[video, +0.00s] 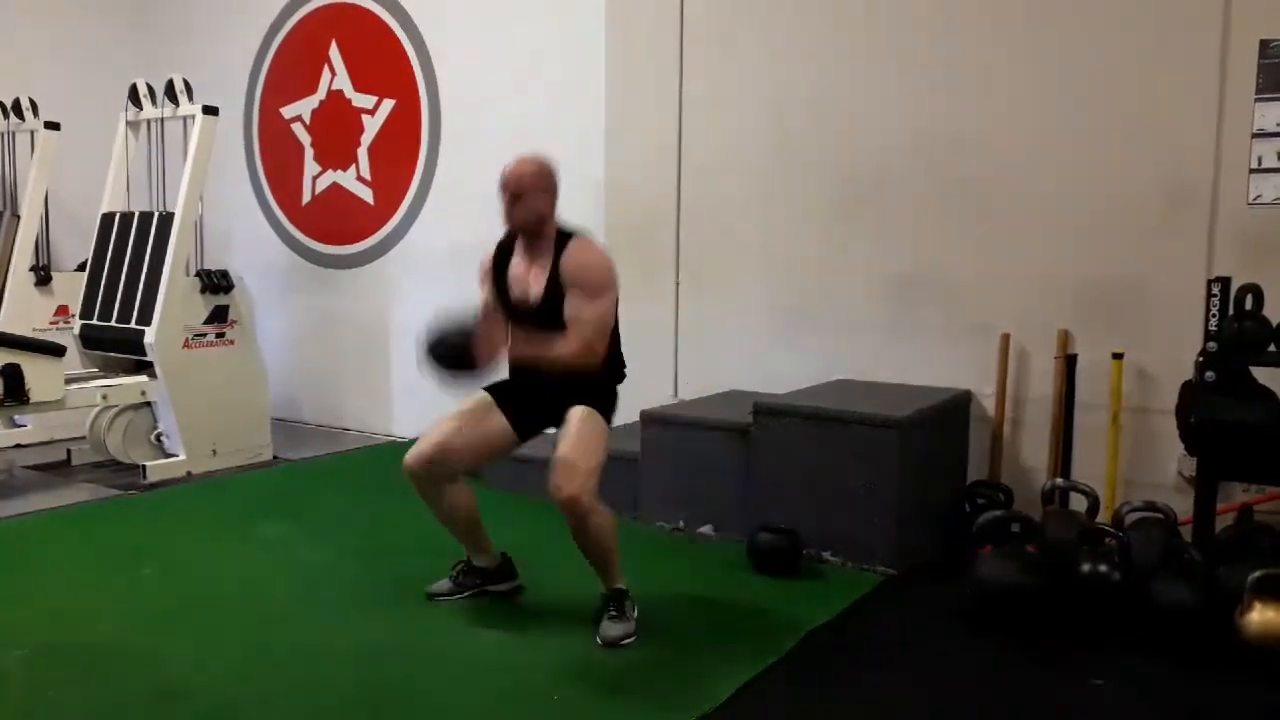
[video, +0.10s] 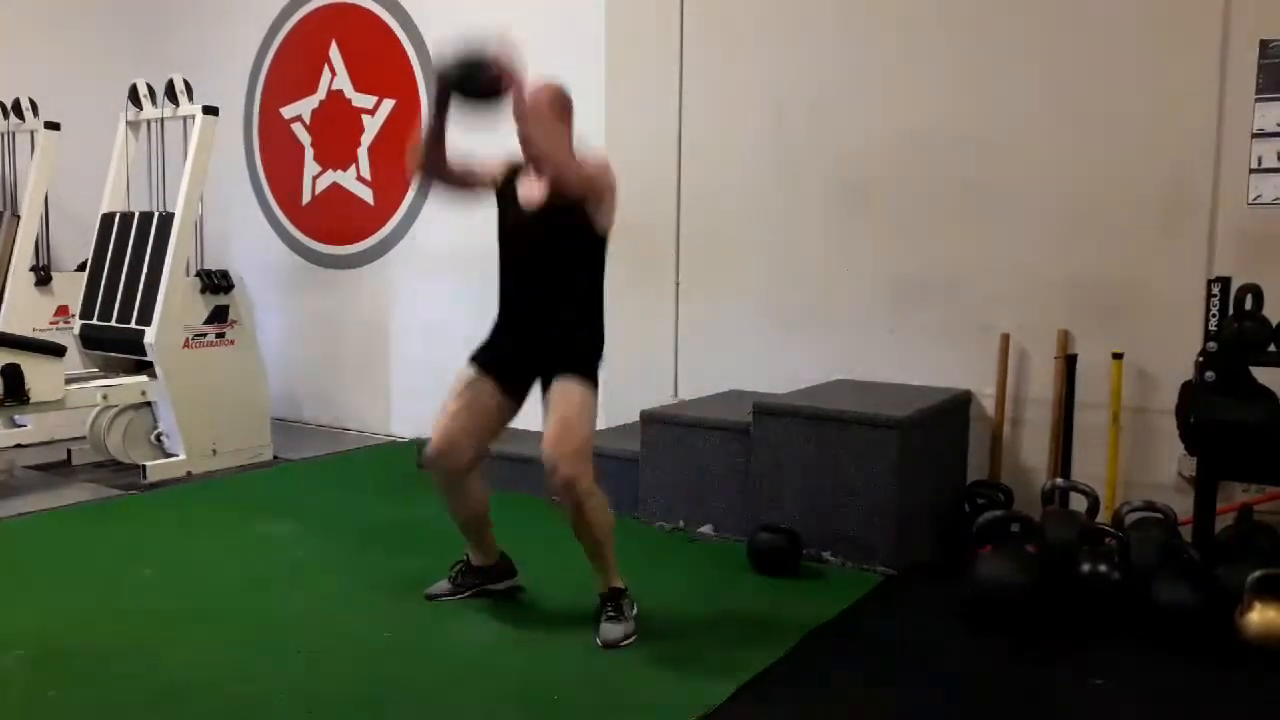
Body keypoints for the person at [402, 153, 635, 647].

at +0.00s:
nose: (511, 206)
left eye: (522, 197)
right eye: (507, 196)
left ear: (550, 199)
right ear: (502, 200)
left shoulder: (585, 260)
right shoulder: (499, 260)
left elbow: (587, 351)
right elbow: (489, 343)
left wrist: (512, 345)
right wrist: (459, 350)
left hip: (587, 387)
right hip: (529, 385)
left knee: (570, 489)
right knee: (425, 463)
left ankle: (617, 597)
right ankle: (488, 565)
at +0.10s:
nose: (532, 130)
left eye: (543, 119)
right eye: (527, 121)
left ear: (564, 124)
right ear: (520, 126)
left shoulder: (594, 179)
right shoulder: (508, 175)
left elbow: (560, 168)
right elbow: (433, 170)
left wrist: (520, 93)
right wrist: (443, 97)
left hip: (572, 346)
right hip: (511, 340)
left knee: (566, 472)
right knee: (447, 455)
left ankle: (613, 593)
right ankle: (488, 565)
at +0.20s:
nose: (488, 31)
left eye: (499, 19)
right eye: (481, 23)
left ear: (529, 16)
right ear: (476, 24)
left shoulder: (564, 53)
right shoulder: (480, 54)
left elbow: (584, 4)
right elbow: (426, 3)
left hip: (585, 236)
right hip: (523, 240)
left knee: (606, 370)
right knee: (495, 366)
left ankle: (640, 519)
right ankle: (498, 482)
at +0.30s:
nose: (497, 21)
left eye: (507, 9)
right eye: (490, 11)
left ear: (536, 10)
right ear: (484, 18)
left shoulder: (574, 49)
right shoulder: (491, 53)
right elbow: (438, 4)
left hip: (595, 227)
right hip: (535, 233)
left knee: (622, 364)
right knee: (511, 358)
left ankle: (667, 506)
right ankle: (523, 471)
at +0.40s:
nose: (526, 129)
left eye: (535, 118)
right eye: (520, 119)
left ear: (559, 119)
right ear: (512, 124)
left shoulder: (600, 162)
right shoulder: (514, 168)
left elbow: (558, 187)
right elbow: (438, 162)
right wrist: (437, 74)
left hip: (617, 321)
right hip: (559, 321)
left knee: (615, 451)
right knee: (511, 439)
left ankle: (660, 576)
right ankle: (536, 549)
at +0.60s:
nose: (506, 156)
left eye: (509, 143)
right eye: (502, 146)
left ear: (542, 128)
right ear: (530, 134)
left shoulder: (604, 172)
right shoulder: (544, 181)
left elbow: (682, 210)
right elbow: (593, 232)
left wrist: (726, 269)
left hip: (649, 313)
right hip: (601, 313)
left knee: (637, 444)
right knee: (569, 428)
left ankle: (663, 579)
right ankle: (557, 550)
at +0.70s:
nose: (512, 148)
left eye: (513, 135)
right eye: (509, 137)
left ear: (538, 119)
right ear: (536, 119)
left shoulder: (587, 160)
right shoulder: (565, 169)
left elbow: (646, 233)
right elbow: (607, 249)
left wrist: (667, 317)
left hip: (634, 327)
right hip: (602, 325)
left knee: (624, 444)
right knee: (587, 430)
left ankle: (662, 579)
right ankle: (604, 561)